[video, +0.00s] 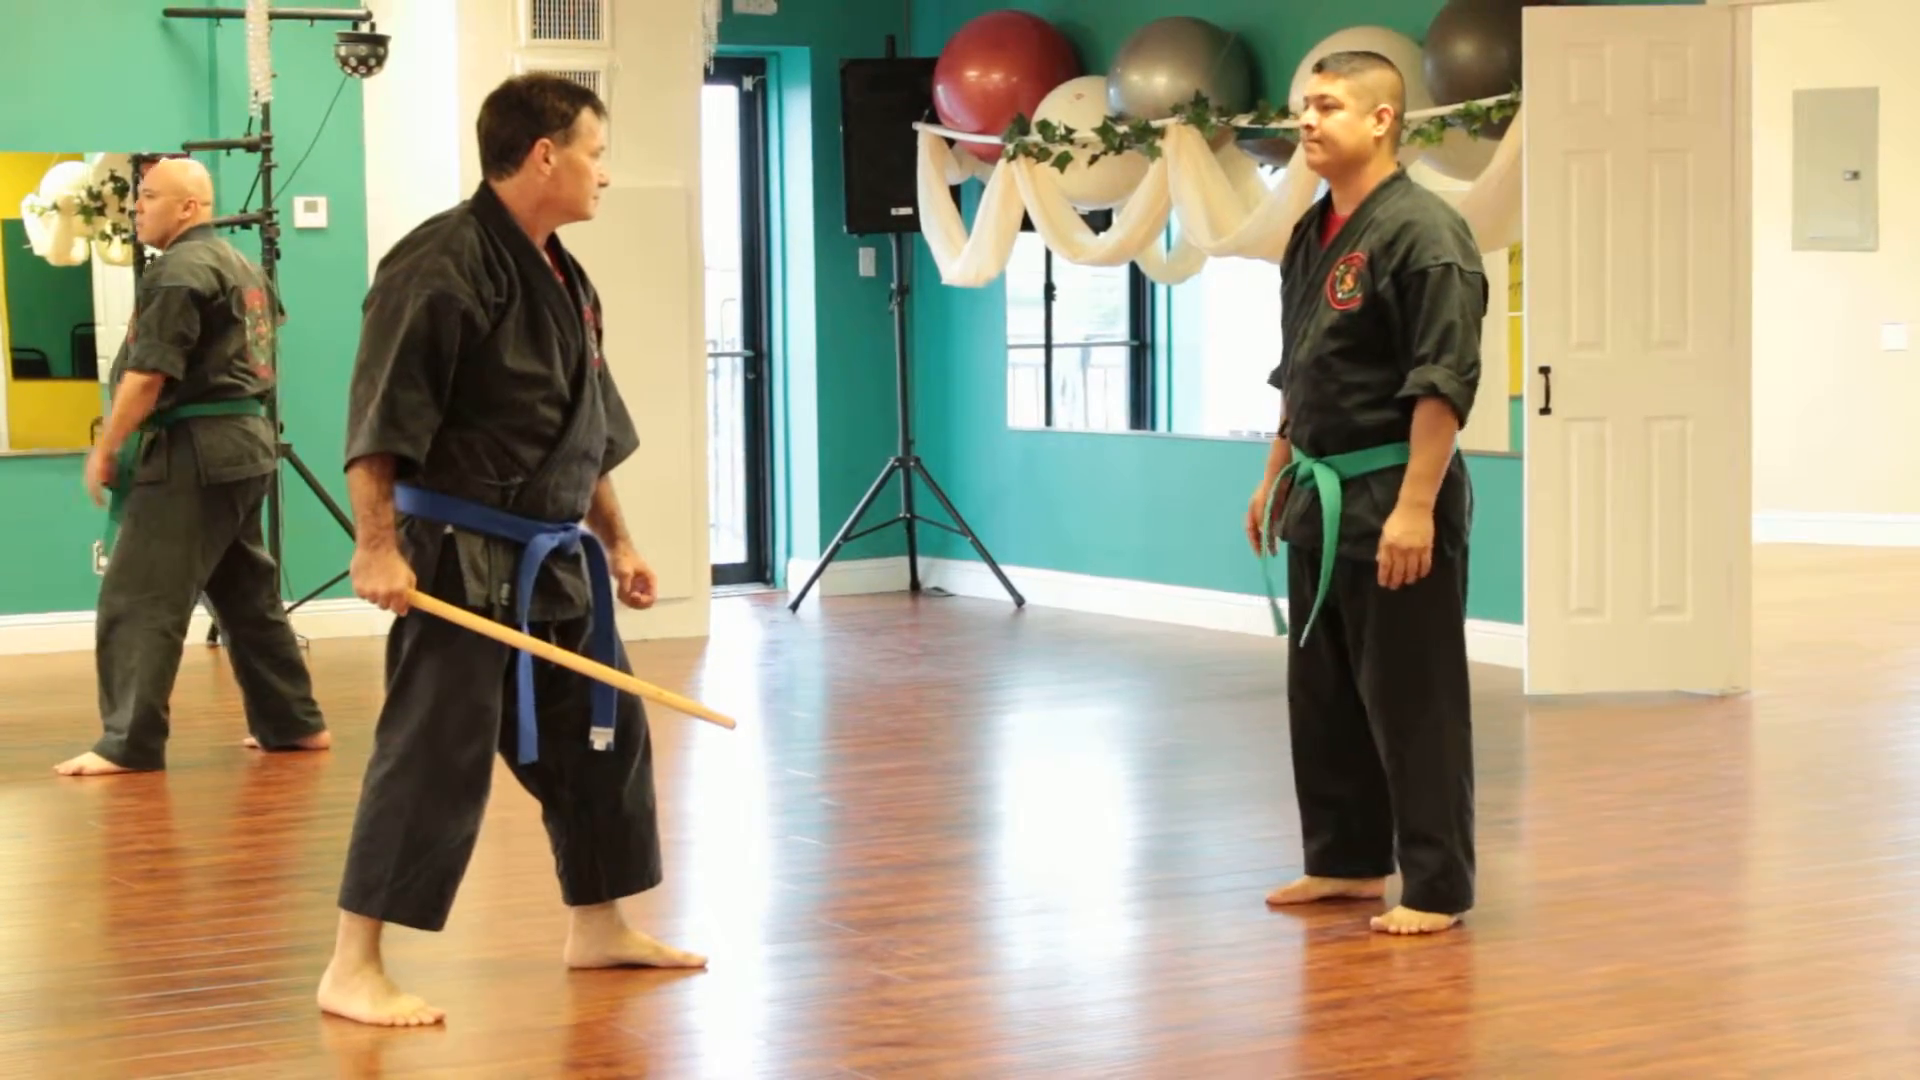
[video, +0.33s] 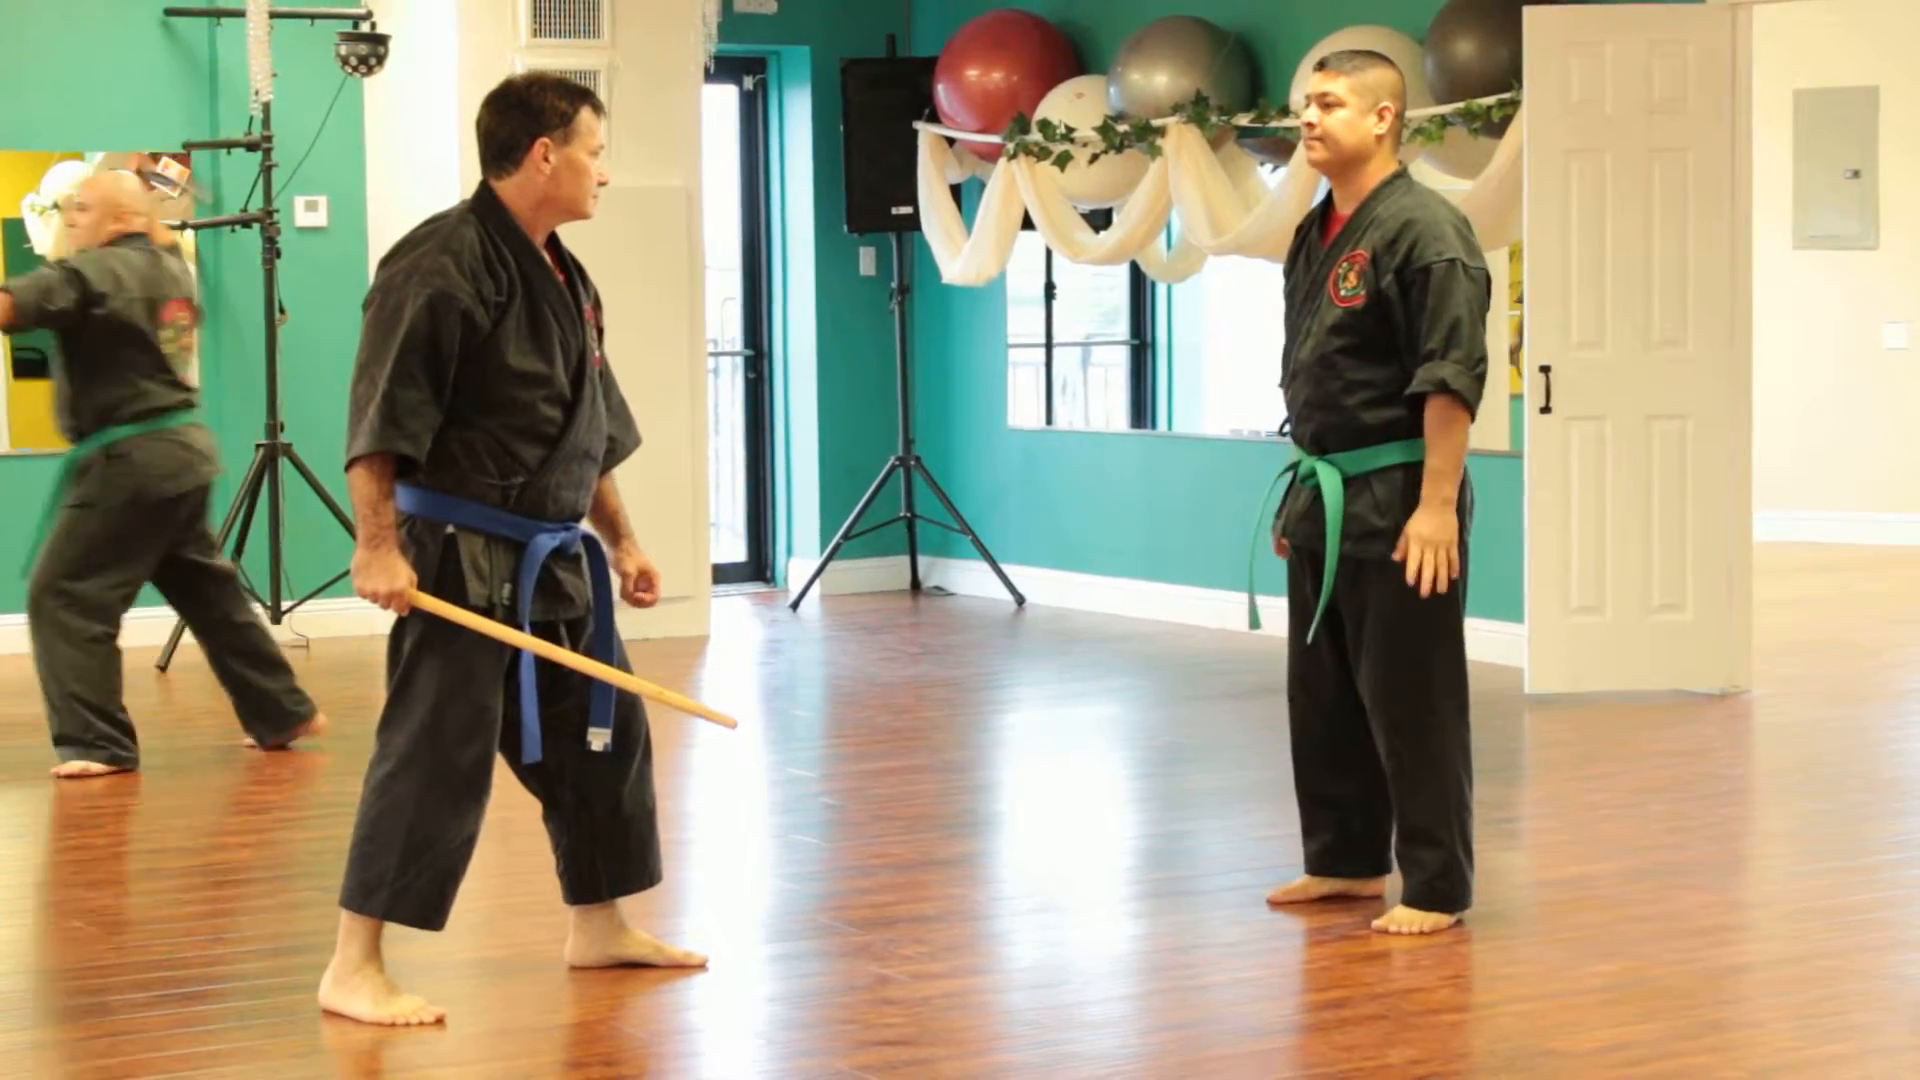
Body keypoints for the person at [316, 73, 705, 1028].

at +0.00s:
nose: (605, 175)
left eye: (604, 156)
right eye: (596, 156)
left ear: (548, 158)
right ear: (543, 156)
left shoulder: (564, 276)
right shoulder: (439, 261)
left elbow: (580, 428)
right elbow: (376, 409)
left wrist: (618, 539)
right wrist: (375, 542)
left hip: (559, 546)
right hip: (459, 543)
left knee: (600, 727)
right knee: (427, 747)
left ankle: (598, 928)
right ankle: (352, 967)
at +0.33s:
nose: (605, 174)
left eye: (604, 155)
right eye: (596, 154)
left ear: (549, 157)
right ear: (543, 155)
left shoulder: (564, 275)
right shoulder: (439, 260)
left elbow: (582, 426)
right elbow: (377, 408)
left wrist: (622, 537)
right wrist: (377, 541)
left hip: (559, 544)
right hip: (459, 541)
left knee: (600, 727)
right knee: (429, 746)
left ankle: (599, 928)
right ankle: (353, 966)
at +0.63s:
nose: (607, 173)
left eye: (606, 154)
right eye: (598, 154)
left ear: (550, 156)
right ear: (546, 154)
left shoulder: (566, 275)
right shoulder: (439, 260)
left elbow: (583, 428)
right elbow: (377, 410)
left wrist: (623, 538)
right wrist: (378, 540)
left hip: (561, 544)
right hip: (461, 541)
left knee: (600, 726)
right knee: (430, 746)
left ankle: (598, 926)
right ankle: (353, 965)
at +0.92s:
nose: (612, 176)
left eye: (610, 157)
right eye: (603, 157)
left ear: (552, 157)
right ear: (552, 157)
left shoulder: (570, 277)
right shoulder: (441, 262)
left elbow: (595, 426)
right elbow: (378, 414)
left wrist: (643, 535)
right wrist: (383, 544)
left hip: (557, 545)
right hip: (460, 543)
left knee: (614, 720)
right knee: (434, 747)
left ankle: (608, 924)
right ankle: (352, 966)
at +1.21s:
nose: (677, 201)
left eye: (677, 184)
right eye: (668, 183)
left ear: (629, 183)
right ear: (616, 181)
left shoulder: (661, 290)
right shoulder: (515, 270)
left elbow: (733, 397)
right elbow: (413, 326)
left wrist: (821, 471)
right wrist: (357, 381)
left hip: (631, 558)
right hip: (534, 553)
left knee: (699, 712)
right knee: (491, 738)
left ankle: (653, 921)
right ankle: (357, 957)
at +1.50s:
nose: (826, 198)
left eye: (826, 182)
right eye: (817, 179)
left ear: (771, 182)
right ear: (769, 177)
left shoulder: (795, 284)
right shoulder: (685, 254)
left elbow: (861, 376)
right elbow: (604, 257)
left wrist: (931, 446)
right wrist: (592, 148)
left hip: (752, 535)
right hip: (725, 538)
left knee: (736, 730)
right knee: (862, 694)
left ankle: (655, 916)